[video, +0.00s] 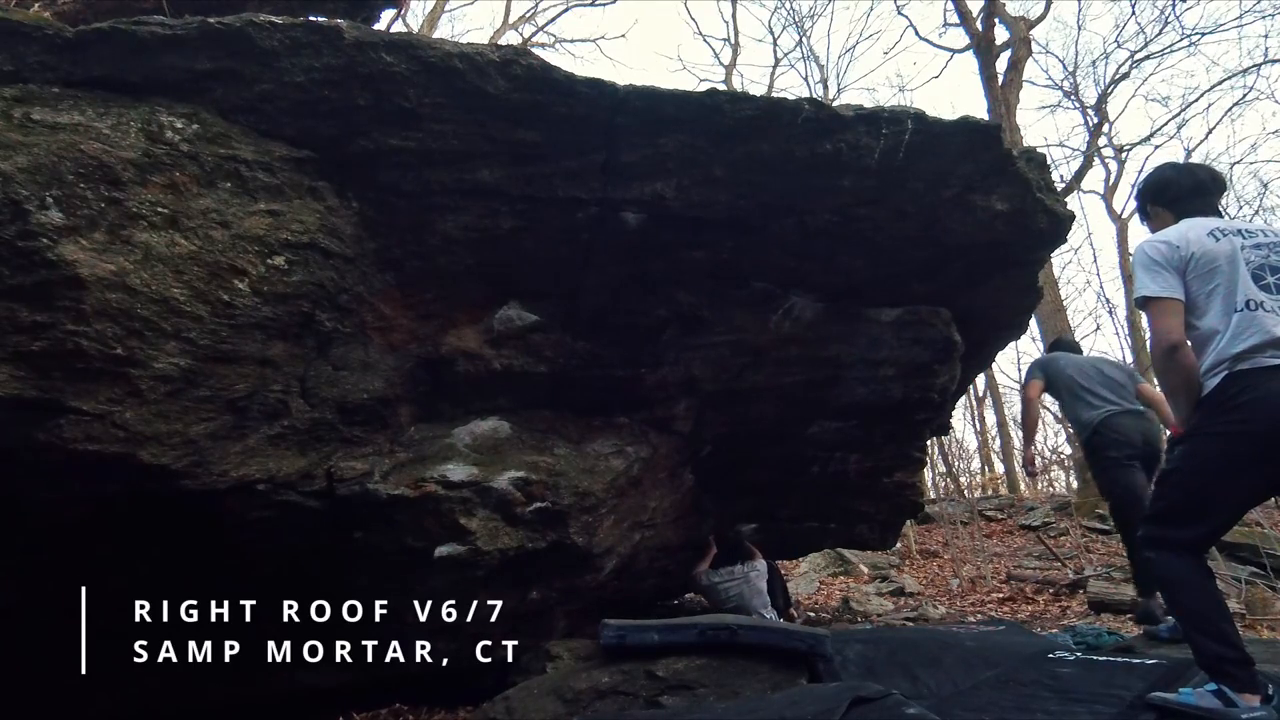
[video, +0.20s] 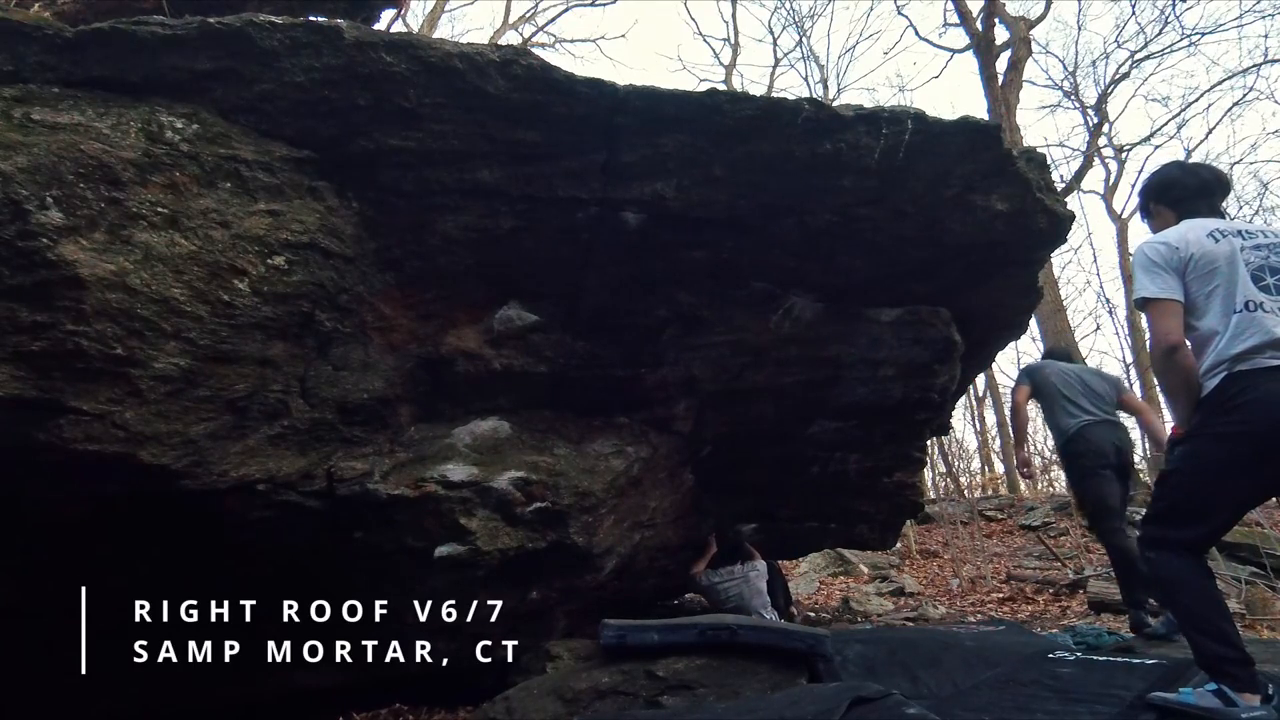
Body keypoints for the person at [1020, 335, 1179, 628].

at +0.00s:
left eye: (1046, 354)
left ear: (1051, 354)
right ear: (1078, 352)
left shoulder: (1046, 362)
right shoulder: (1112, 364)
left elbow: (1030, 398)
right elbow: (1153, 395)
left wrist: (1028, 448)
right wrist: (1176, 428)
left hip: (1108, 435)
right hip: (1148, 430)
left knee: (1137, 518)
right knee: (1135, 514)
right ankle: (1149, 597)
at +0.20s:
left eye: (1041, 359)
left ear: (1046, 360)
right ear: (1076, 359)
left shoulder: (1036, 369)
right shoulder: (1100, 376)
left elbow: (1018, 402)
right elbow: (1141, 408)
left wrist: (1021, 451)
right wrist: (1164, 448)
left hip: (1084, 445)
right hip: (1121, 442)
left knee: (1112, 529)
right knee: (1115, 526)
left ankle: (1167, 605)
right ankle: (1138, 610)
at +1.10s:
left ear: (1000, 416)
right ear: (1027, 419)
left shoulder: (984, 422)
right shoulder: (1043, 431)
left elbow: (958, 444)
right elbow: (1076, 473)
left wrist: (953, 482)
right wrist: (1079, 516)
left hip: (995, 490)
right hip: (1035, 489)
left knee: (983, 552)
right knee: (1062, 557)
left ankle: (1016, 611)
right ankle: (1087, 625)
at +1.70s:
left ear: (932, 495)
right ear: (970, 494)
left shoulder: (917, 506)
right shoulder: (976, 494)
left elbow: (896, 549)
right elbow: (1021, 511)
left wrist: (887, 585)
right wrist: (1060, 529)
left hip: (925, 514)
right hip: (959, 511)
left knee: (915, 566)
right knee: (1018, 566)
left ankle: (920, 620)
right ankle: (1079, 627)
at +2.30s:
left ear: (922, 497)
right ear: (951, 491)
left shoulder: (910, 508)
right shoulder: (960, 494)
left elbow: (887, 546)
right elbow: (998, 495)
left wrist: (875, 583)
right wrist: (1038, 502)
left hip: (922, 525)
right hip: (957, 517)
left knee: (915, 569)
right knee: (1023, 561)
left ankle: (921, 621)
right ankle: (1082, 616)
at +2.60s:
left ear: (999, 465)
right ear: (1024, 467)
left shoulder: (976, 475)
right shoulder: (1026, 468)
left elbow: (941, 497)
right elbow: (1059, 486)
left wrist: (932, 538)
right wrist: (1089, 521)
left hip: (969, 507)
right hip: (1005, 505)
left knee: (943, 561)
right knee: (1058, 562)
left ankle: (926, 617)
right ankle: (1090, 630)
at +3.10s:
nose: (1108, 425)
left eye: (1110, 421)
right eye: (1108, 419)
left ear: (1088, 407)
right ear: (1099, 410)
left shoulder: (1066, 419)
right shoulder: (1087, 415)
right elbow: (1102, 449)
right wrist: (1111, 486)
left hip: (1030, 479)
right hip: (1049, 477)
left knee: (1093, 541)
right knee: (1088, 545)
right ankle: (1091, 624)